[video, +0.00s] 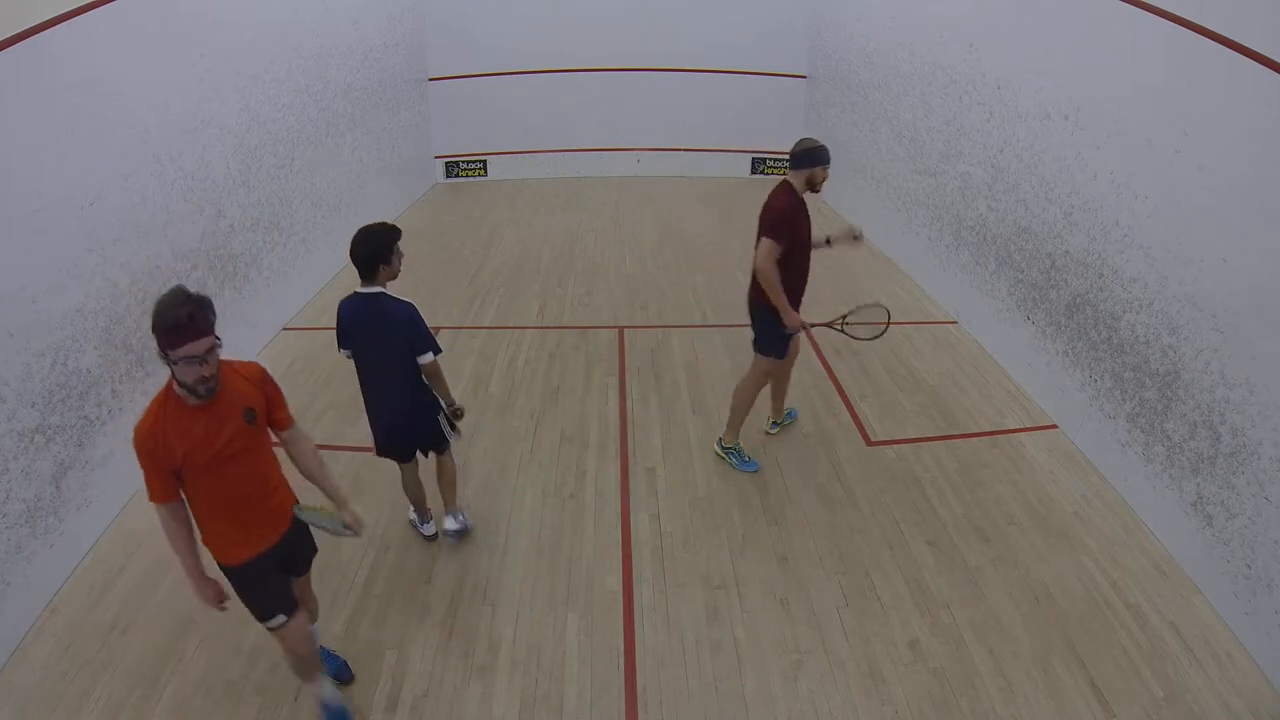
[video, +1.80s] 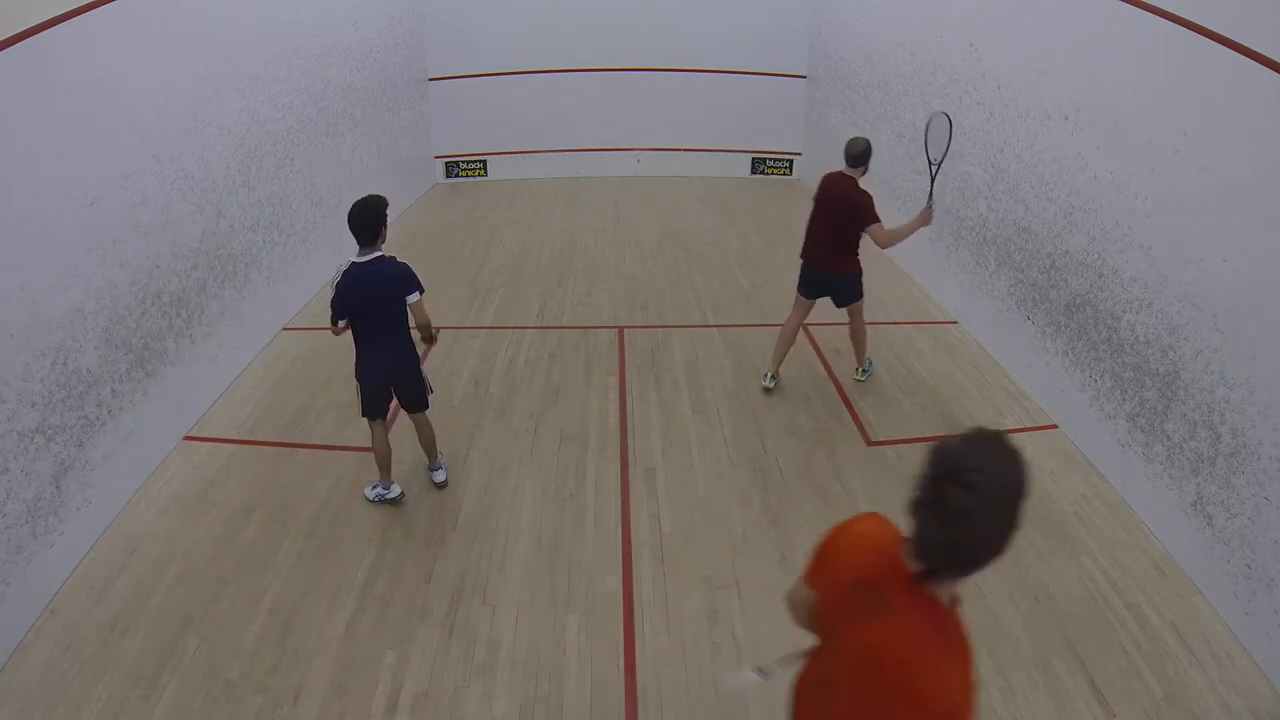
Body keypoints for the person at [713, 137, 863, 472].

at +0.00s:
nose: (827, 176)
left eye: (828, 169)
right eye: (825, 169)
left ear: (802, 168)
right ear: (810, 169)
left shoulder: (792, 198)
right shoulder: (783, 205)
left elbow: (795, 246)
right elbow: (764, 264)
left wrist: (833, 240)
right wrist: (786, 310)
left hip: (785, 300)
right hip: (770, 305)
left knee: (787, 356)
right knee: (761, 371)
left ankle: (778, 416)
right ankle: (728, 441)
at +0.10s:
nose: (828, 171)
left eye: (828, 164)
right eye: (826, 164)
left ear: (801, 162)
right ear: (815, 165)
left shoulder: (791, 191)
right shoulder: (793, 201)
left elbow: (795, 233)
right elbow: (784, 262)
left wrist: (823, 217)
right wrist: (801, 312)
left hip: (783, 294)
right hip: (782, 299)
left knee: (785, 360)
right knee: (783, 368)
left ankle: (778, 415)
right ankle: (737, 435)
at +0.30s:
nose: (831, 163)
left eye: (828, 158)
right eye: (831, 158)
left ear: (801, 158)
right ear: (828, 160)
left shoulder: (783, 188)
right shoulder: (823, 200)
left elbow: (787, 238)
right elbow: (824, 262)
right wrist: (834, 306)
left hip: (776, 287)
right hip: (807, 294)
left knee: (779, 348)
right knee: (818, 354)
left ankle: (777, 415)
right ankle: (780, 415)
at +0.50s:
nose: (832, 163)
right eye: (836, 158)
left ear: (810, 157)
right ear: (837, 160)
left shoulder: (789, 189)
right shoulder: (843, 199)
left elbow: (777, 238)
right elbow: (857, 255)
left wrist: (791, 255)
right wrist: (864, 287)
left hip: (784, 286)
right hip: (821, 290)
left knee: (782, 351)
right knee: (819, 351)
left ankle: (776, 416)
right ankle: (818, 405)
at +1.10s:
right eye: (857, 154)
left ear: (835, 153)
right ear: (861, 156)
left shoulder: (815, 182)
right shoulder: (871, 193)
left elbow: (793, 227)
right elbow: (880, 246)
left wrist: (813, 233)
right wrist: (881, 283)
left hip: (808, 272)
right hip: (842, 279)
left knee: (790, 322)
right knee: (826, 339)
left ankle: (774, 381)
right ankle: (815, 396)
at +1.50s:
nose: (848, 155)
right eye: (850, 152)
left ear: (826, 149)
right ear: (851, 153)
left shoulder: (806, 177)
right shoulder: (851, 189)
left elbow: (799, 216)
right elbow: (869, 238)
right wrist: (897, 241)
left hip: (800, 264)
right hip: (833, 269)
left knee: (790, 318)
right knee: (849, 316)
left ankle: (770, 377)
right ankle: (829, 376)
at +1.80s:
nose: (868, 162)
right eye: (869, 159)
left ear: (845, 158)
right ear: (867, 163)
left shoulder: (827, 181)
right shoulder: (860, 198)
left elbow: (824, 217)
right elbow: (883, 240)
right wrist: (918, 222)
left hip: (813, 265)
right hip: (845, 271)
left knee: (796, 316)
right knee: (855, 318)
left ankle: (771, 373)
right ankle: (861, 367)